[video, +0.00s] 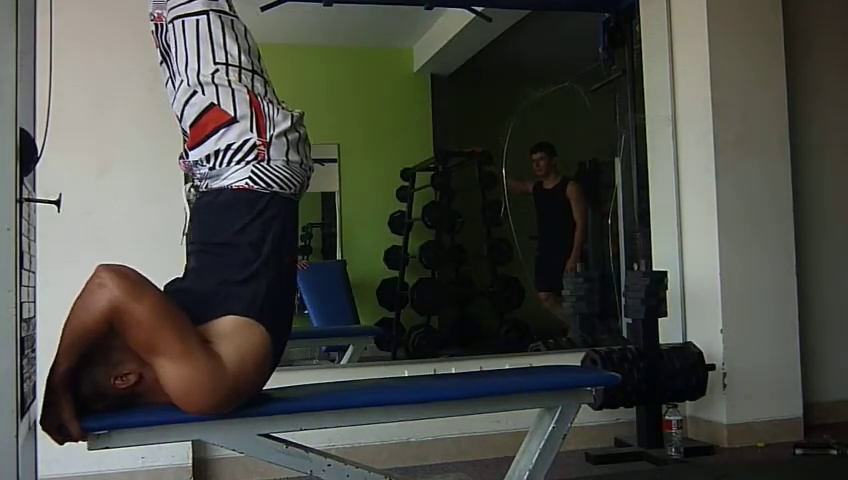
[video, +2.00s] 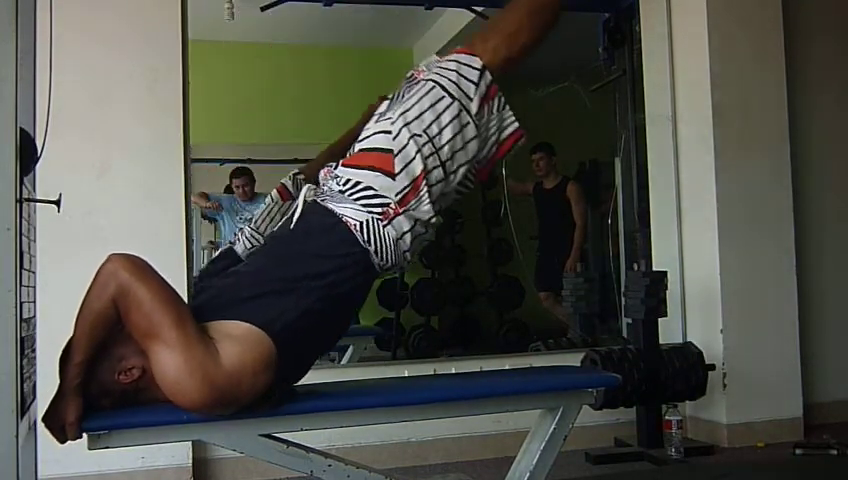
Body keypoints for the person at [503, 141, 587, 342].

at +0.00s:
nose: (537, 165)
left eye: (541, 160)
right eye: (534, 161)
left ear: (552, 161)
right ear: (532, 164)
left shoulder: (570, 187)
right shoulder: (536, 187)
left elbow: (580, 224)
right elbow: (511, 185)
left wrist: (574, 257)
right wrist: (489, 167)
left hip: (566, 250)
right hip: (545, 250)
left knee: (569, 297)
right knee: (545, 297)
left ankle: (573, 336)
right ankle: (574, 329)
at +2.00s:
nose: (536, 165)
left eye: (541, 160)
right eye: (534, 161)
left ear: (552, 161)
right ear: (531, 164)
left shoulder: (570, 187)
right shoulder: (536, 187)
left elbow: (580, 224)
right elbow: (512, 186)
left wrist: (574, 257)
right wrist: (493, 174)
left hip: (567, 250)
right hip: (546, 249)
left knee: (568, 296)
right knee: (546, 297)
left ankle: (575, 335)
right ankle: (577, 329)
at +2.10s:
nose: (536, 165)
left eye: (541, 160)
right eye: (534, 161)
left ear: (552, 161)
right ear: (531, 165)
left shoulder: (570, 187)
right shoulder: (535, 187)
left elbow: (580, 224)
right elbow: (509, 186)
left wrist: (574, 257)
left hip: (567, 249)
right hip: (546, 249)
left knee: (568, 296)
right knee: (546, 297)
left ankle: (574, 335)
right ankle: (578, 329)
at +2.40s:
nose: (541, 169)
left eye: (543, 164)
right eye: (537, 165)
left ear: (550, 162)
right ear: (535, 168)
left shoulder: (569, 187)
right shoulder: (539, 189)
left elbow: (580, 224)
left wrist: (574, 257)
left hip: (566, 249)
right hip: (546, 249)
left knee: (569, 295)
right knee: (546, 297)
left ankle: (579, 332)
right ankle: (577, 330)